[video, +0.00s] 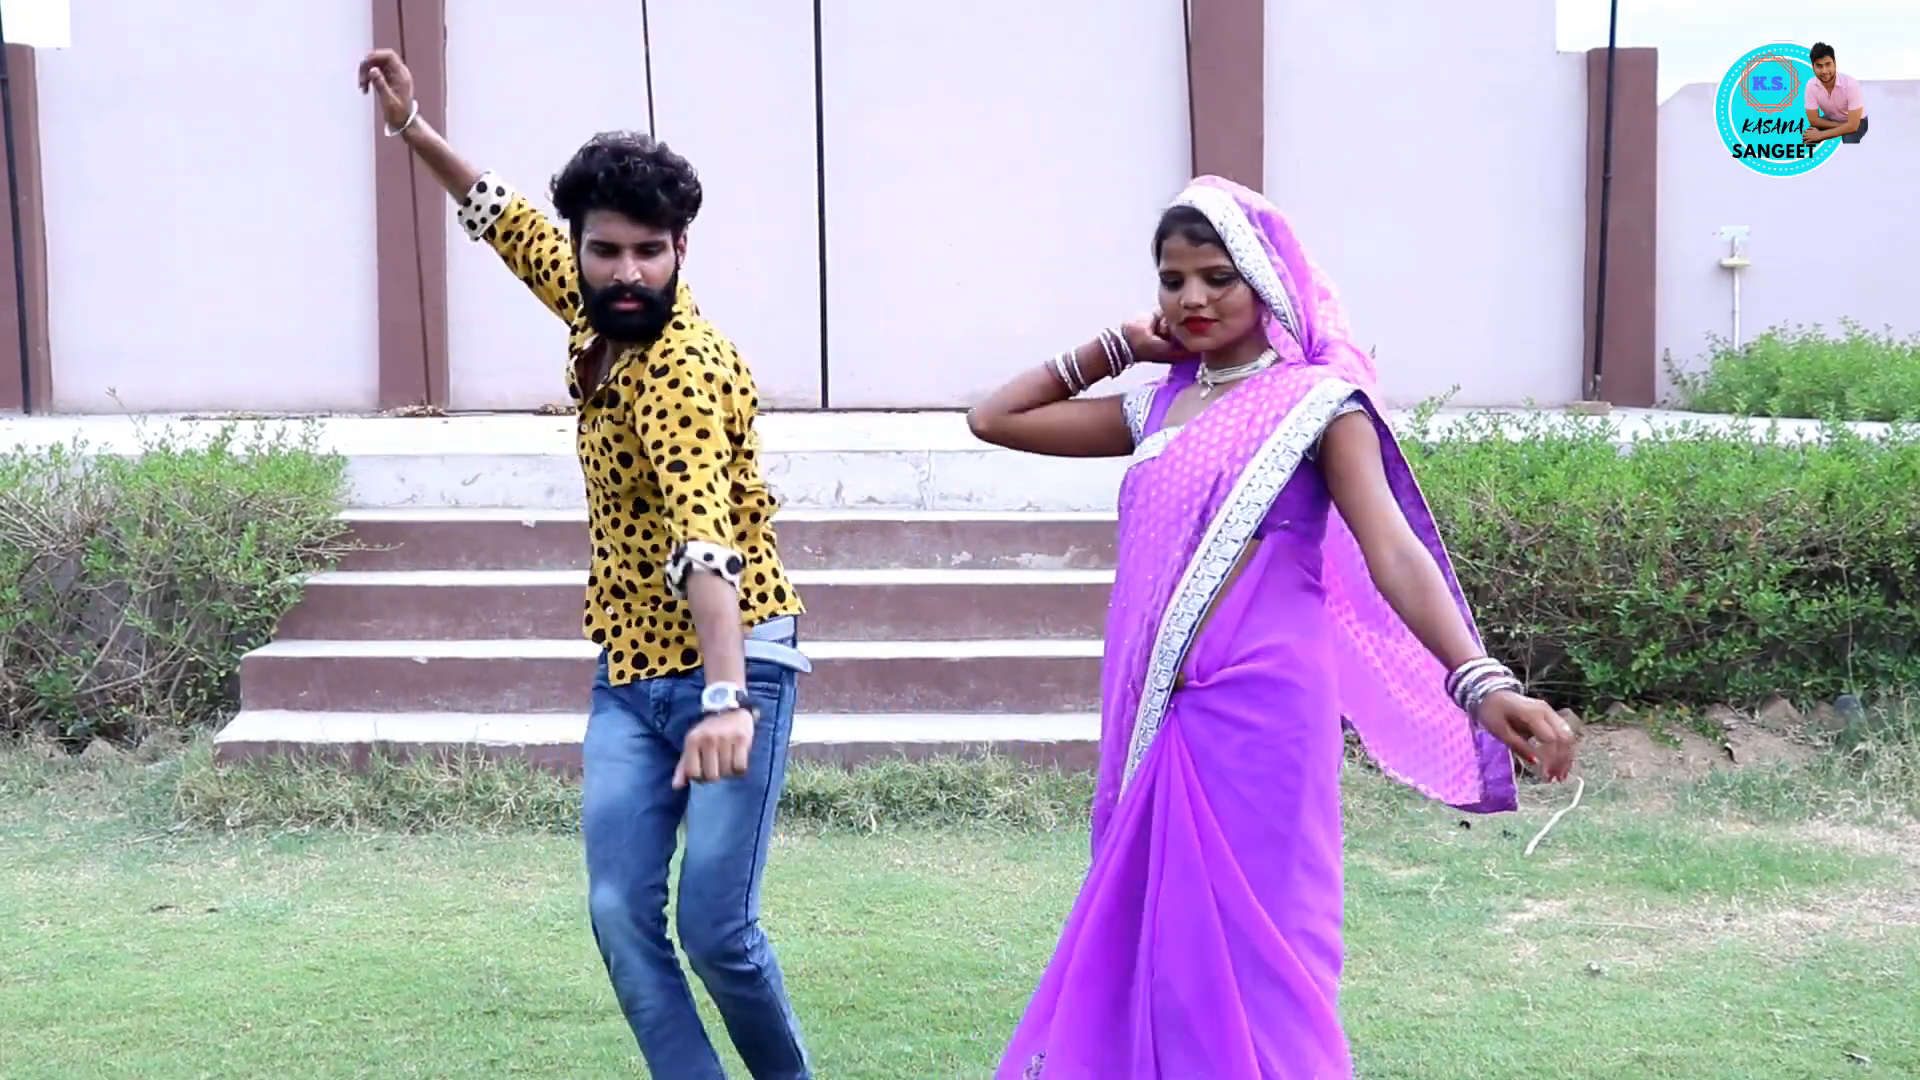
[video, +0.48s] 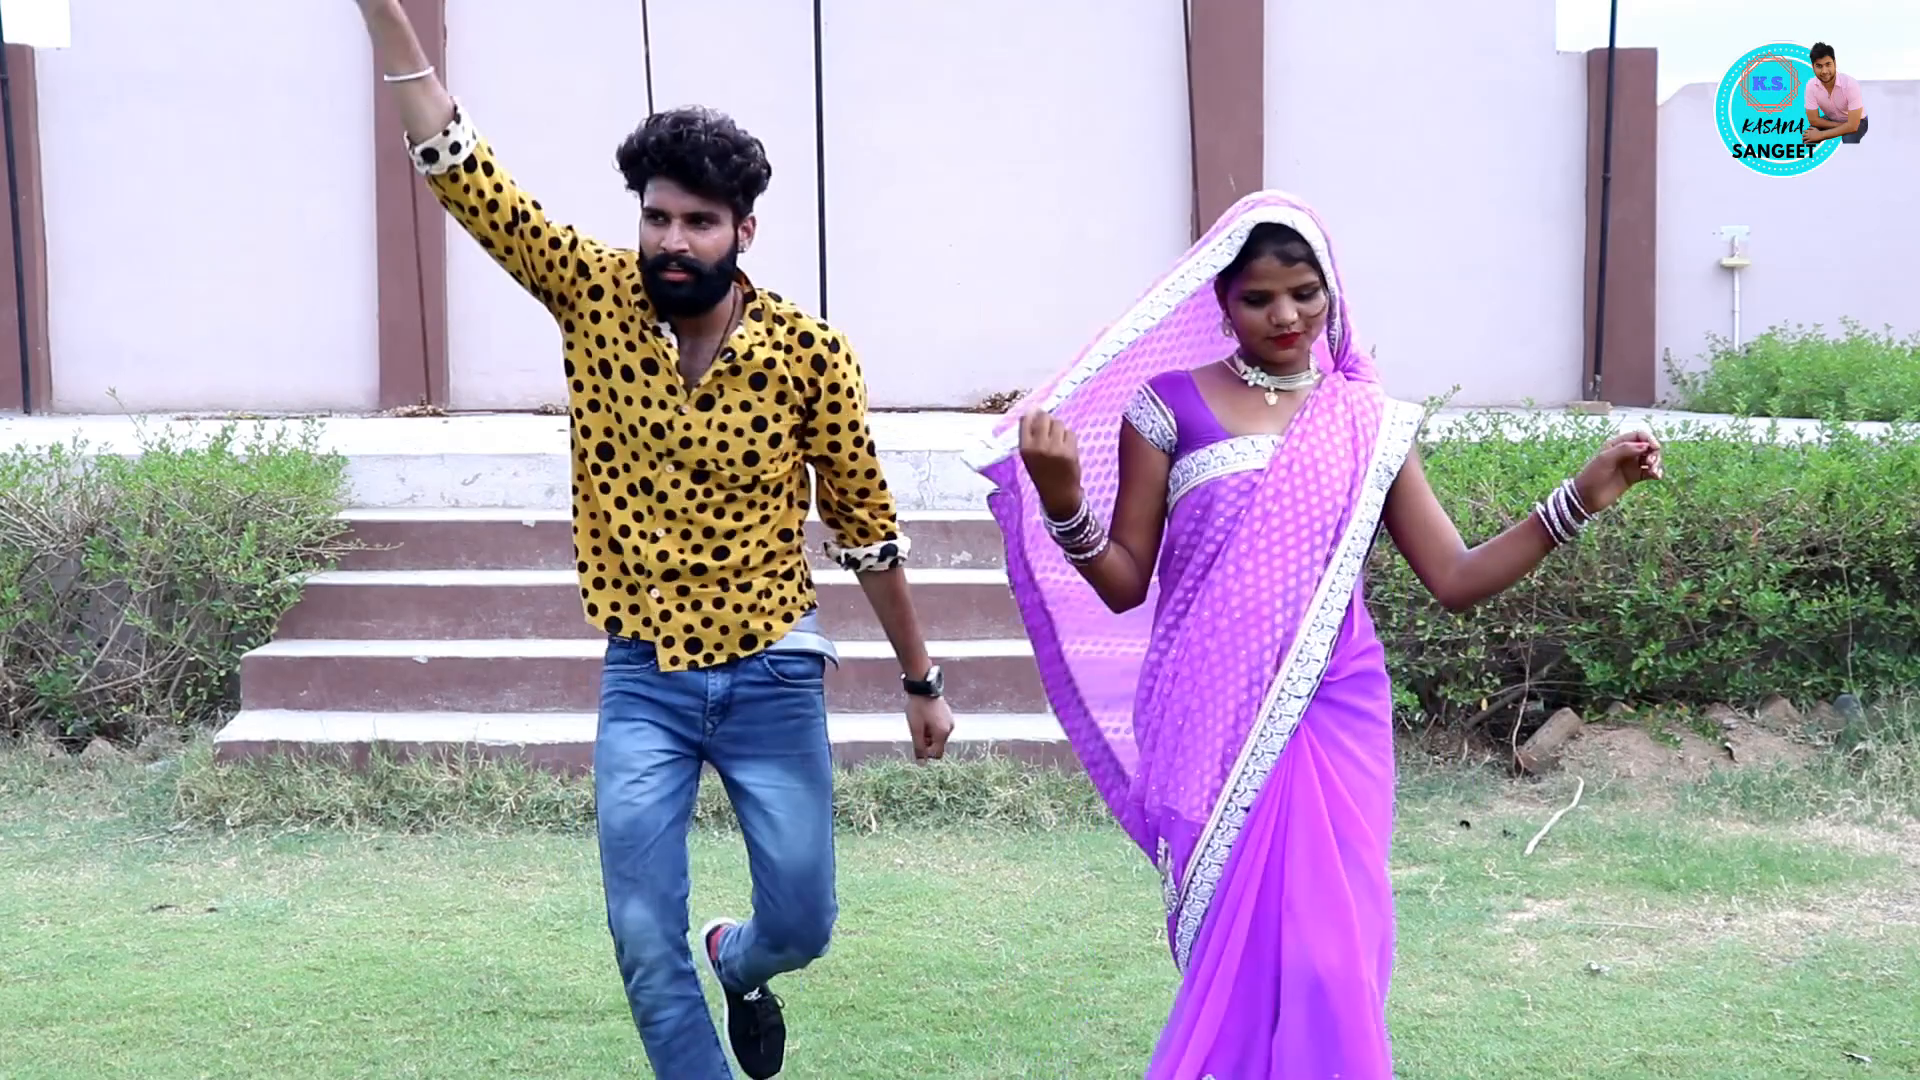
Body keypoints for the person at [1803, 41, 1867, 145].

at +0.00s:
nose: (1824, 71)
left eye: (1828, 65)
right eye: (1819, 66)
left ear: (1835, 63)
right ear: (1813, 67)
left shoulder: (1850, 84)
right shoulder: (1812, 86)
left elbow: (1853, 126)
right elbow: (1813, 120)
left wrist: (1820, 135)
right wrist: (1843, 126)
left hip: (1855, 122)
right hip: (1830, 121)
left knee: (1848, 140)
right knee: (1810, 136)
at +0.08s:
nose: (1824, 71)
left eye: (1828, 65)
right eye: (1819, 66)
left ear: (1835, 63)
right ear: (1813, 67)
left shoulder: (1850, 84)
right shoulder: (1812, 86)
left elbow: (1853, 126)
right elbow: (1813, 120)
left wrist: (1820, 135)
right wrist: (1843, 126)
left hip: (1855, 122)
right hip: (1830, 121)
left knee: (1848, 140)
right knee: (1810, 136)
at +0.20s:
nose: (1824, 71)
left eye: (1828, 65)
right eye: (1819, 66)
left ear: (1835, 63)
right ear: (1813, 67)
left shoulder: (1850, 84)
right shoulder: (1812, 86)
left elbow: (1853, 126)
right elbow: (1813, 120)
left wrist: (1821, 135)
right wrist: (1843, 126)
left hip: (1855, 122)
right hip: (1830, 121)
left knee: (1848, 140)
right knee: (1810, 136)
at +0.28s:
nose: (1824, 71)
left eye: (1828, 65)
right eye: (1819, 66)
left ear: (1835, 63)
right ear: (1813, 67)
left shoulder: (1850, 84)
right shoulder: (1812, 86)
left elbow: (1853, 126)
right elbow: (1813, 120)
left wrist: (1821, 135)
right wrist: (1843, 126)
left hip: (1855, 122)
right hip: (1830, 121)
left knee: (1848, 140)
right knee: (1810, 136)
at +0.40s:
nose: (1824, 71)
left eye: (1828, 65)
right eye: (1819, 66)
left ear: (1835, 63)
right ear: (1813, 67)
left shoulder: (1850, 84)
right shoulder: (1812, 86)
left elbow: (1853, 126)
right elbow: (1813, 120)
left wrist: (1821, 135)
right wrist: (1843, 126)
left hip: (1855, 122)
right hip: (1830, 121)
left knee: (1848, 140)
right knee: (1810, 136)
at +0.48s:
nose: (1824, 71)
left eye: (1828, 65)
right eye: (1819, 66)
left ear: (1835, 63)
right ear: (1813, 67)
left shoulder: (1850, 84)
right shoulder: (1812, 86)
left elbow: (1853, 126)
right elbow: (1813, 120)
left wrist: (1821, 135)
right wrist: (1843, 126)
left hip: (1855, 122)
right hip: (1830, 121)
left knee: (1848, 140)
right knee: (1810, 136)